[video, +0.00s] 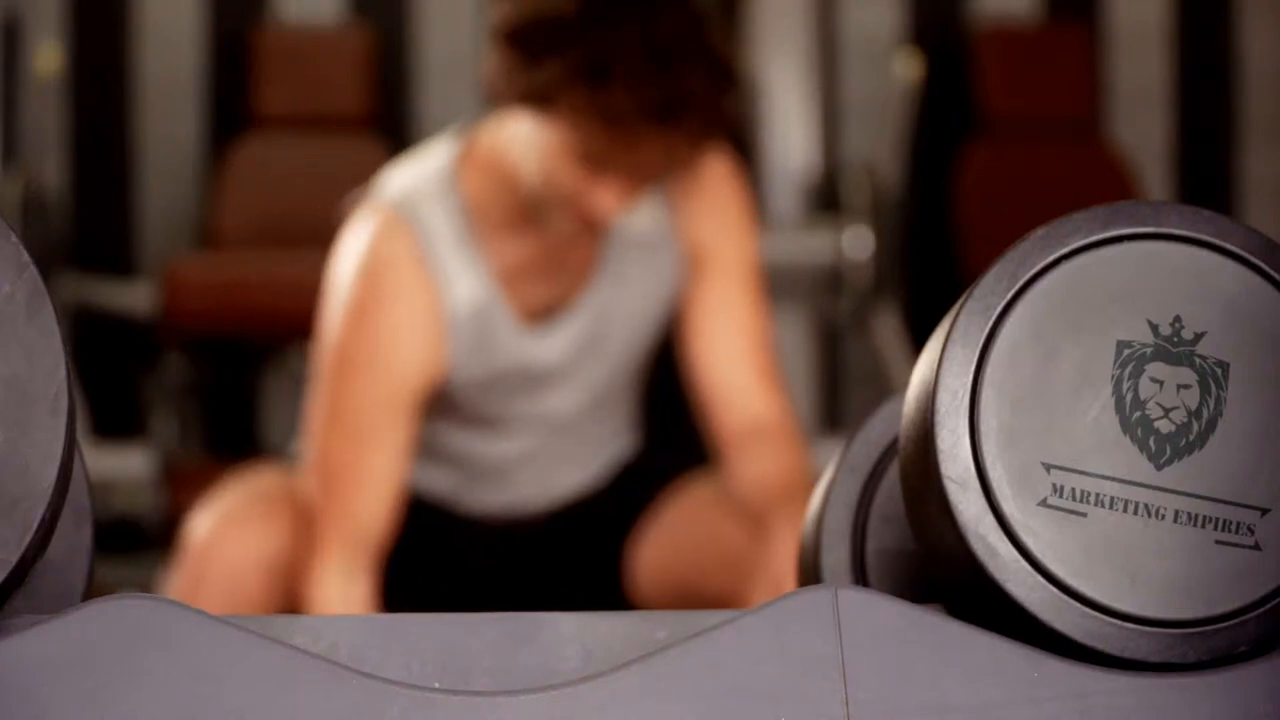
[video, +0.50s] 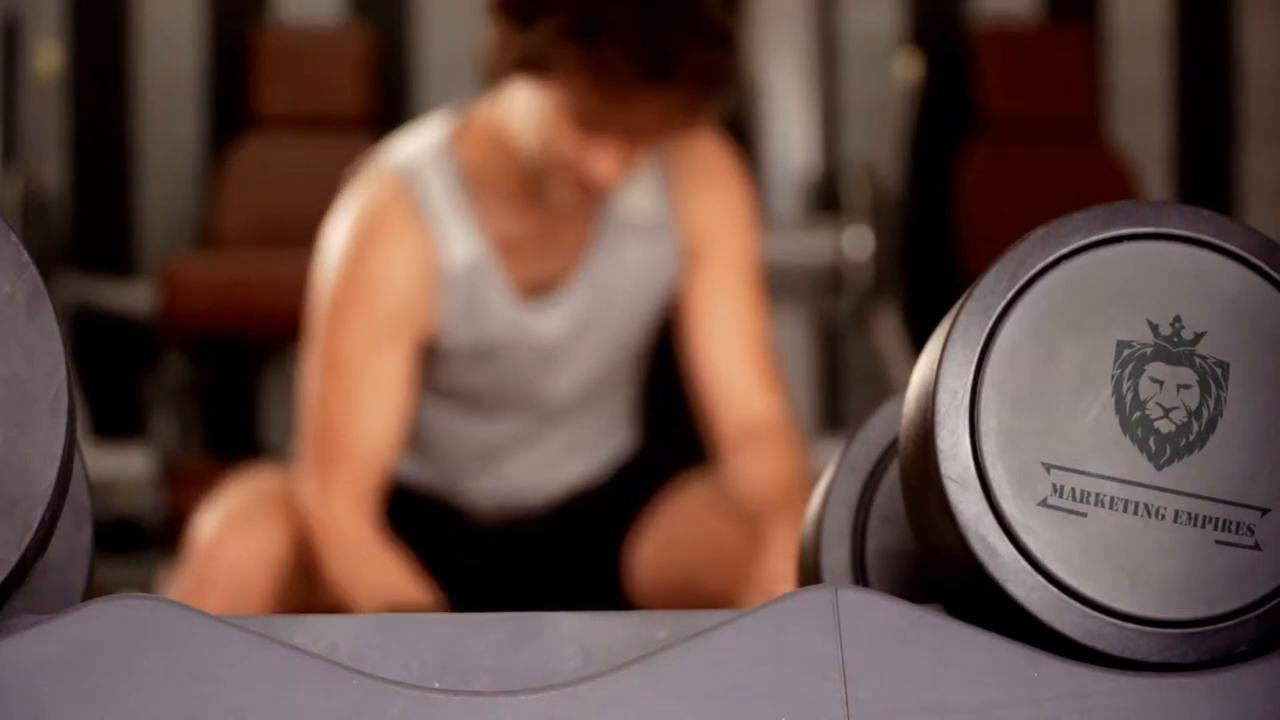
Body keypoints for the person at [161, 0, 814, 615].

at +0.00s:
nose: (614, 205)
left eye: (647, 175)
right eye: (593, 163)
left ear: (682, 146)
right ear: (529, 102)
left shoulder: (696, 179)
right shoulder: (397, 242)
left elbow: (755, 430)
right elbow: (345, 556)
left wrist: (805, 577)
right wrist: (351, 719)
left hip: (602, 522)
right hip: (417, 531)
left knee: (792, 543)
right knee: (234, 532)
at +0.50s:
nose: (611, 168)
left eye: (645, 137)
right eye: (591, 127)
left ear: (676, 110)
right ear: (524, 67)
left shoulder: (696, 170)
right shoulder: (393, 210)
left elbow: (753, 428)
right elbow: (337, 510)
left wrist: (790, 570)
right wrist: (457, 668)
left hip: (601, 521)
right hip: (418, 529)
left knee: (792, 540)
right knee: (241, 526)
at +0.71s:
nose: (606, 154)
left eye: (638, 123)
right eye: (583, 113)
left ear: (674, 101)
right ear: (520, 52)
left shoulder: (692, 171)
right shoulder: (377, 205)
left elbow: (756, 428)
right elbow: (343, 494)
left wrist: (783, 579)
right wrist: (488, 561)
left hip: (603, 533)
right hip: (414, 533)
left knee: (795, 517)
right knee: (248, 527)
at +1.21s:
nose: (573, 153)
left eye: (604, 120)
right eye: (547, 112)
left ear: (636, 98)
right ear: (476, 61)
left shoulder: (661, 171)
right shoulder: (314, 217)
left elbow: (746, 422)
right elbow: (346, 502)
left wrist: (789, 596)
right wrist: (494, 455)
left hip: (598, 525)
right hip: (399, 535)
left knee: (784, 541)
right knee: (250, 536)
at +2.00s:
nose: (582, 137)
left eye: (614, 105)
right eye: (558, 96)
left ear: (652, 82)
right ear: (495, 46)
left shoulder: (680, 166)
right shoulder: (346, 212)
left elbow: (750, 423)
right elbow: (349, 496)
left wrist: (778, 578)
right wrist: (577, 530)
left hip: (599, 542)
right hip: (412, 544)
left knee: (789, 517)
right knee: (243, 522)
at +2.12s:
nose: (583, 137)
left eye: (615, 105)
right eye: (559, 96)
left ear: (655, 85)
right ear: (495, 47)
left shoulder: (687, 169)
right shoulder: (356, 216)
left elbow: (749, 424)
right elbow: (343, 512)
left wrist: (774, 575)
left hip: (606, 513)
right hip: (418, 522)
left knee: (793, 538)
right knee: (238, 532)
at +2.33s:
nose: (588, 146)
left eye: (621, 115)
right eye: (564, 105)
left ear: (662, 94)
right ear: (502, 53)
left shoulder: (692, 172)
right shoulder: (372, 224)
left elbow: (752, 428)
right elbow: (346, 529)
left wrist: (772, 580)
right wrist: (415, 700)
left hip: (600, 523)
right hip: (416, 530)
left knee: (786, 534)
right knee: (242, 531)